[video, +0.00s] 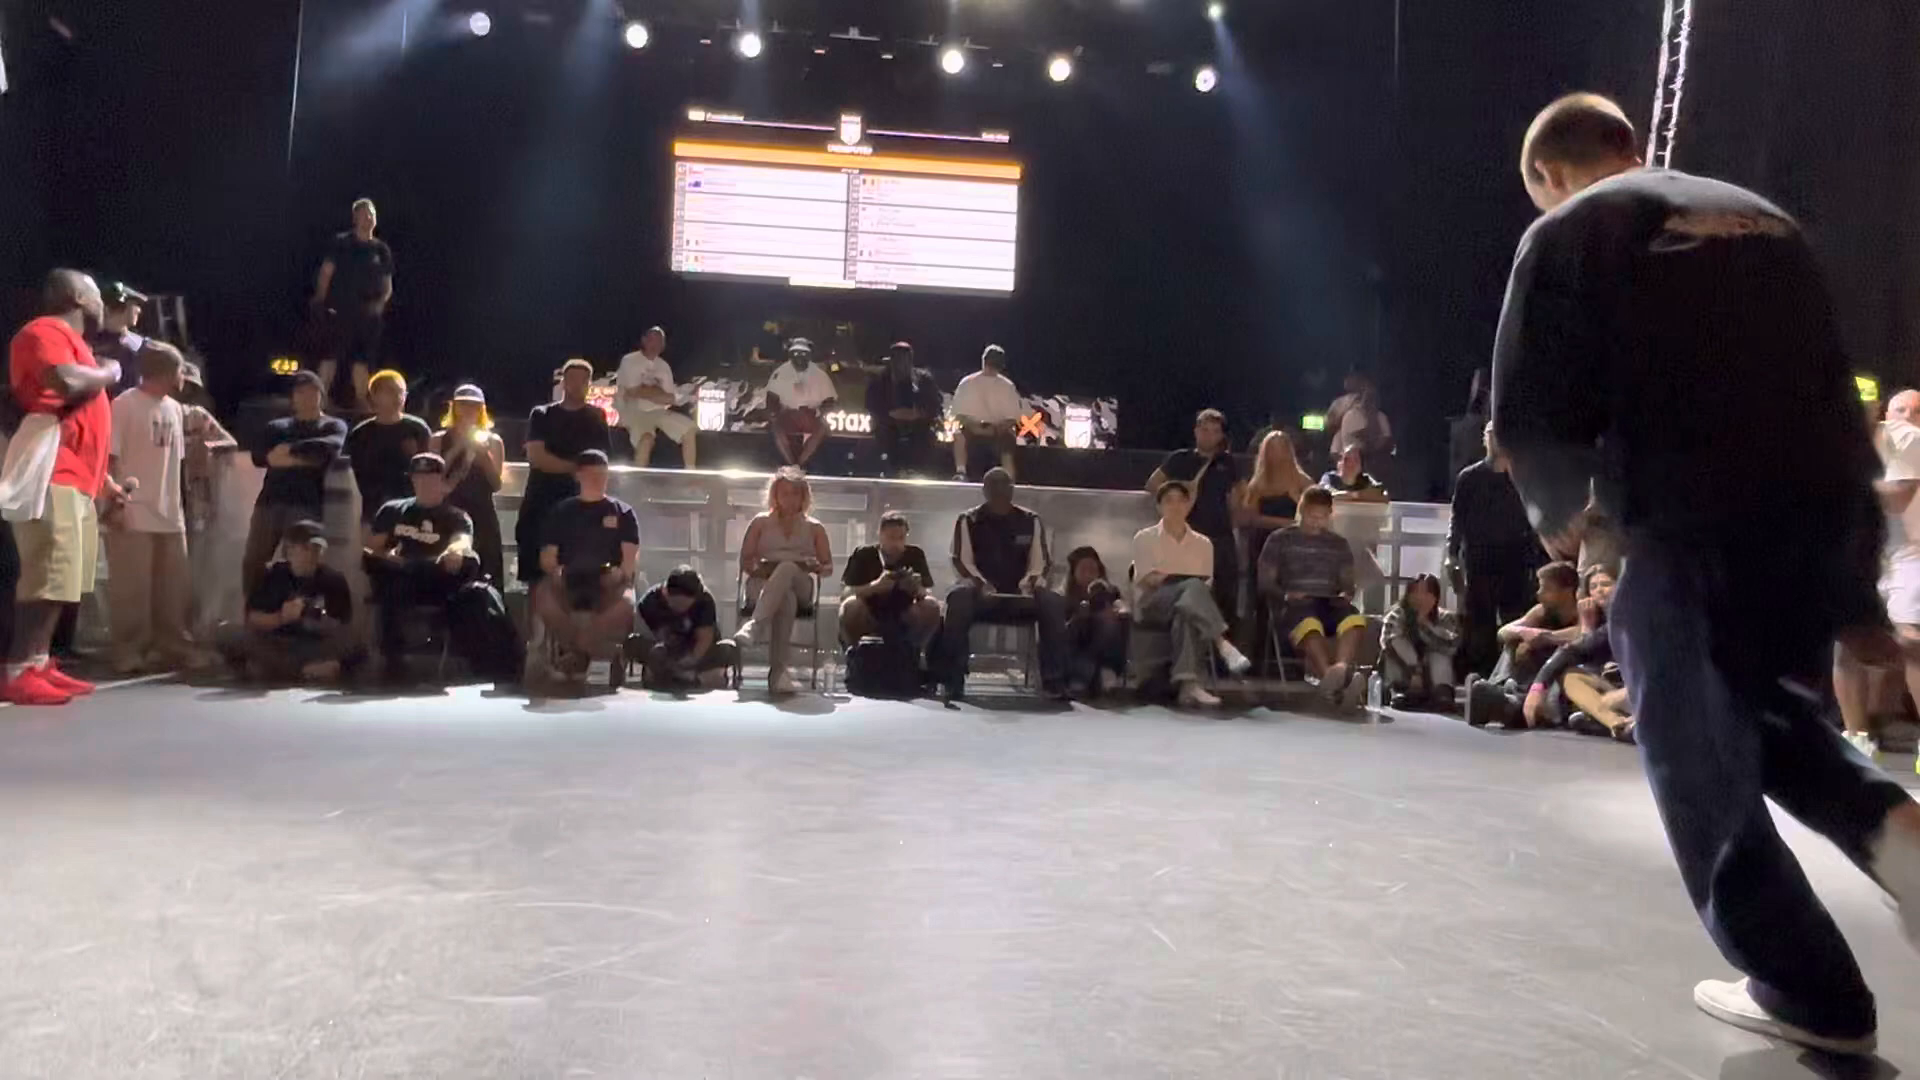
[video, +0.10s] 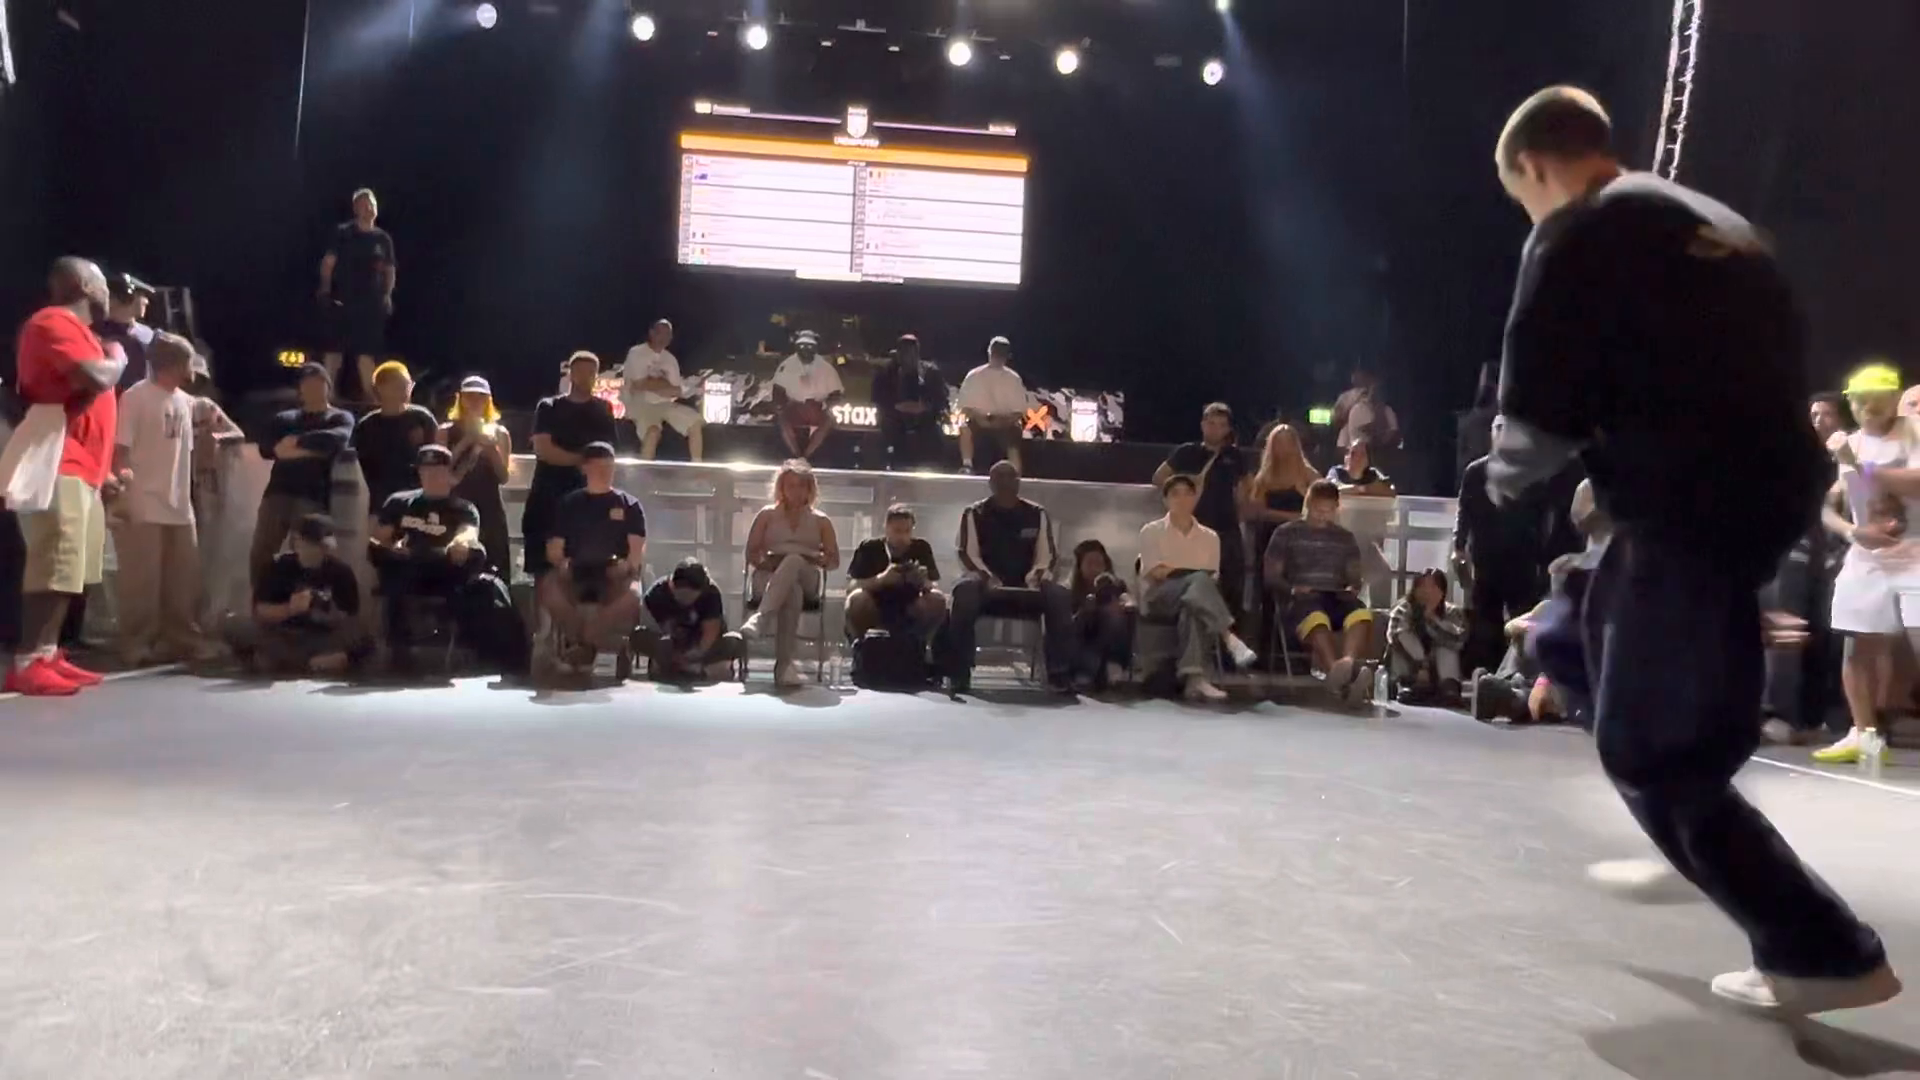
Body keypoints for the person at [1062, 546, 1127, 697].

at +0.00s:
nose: (1088, 574)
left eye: (1092, 569)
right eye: (1083, 568)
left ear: (1100, 571)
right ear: (1073, 572)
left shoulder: (1109, 593)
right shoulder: (1063, 597)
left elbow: (1123, 611)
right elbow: (1063, 633)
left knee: (1109, 620)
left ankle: (1110, 671)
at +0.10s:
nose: (1094, 568)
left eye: (1099, 563)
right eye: (1089, 563)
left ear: (1106, 564)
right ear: (1079, 566)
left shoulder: (1116, 587)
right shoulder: (1071, 592)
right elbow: (1068, 627)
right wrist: (1085, 609)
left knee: (1115, 614)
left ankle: (1116, 665)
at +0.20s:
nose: (1099, 561)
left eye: (1103, 556)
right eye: (1093, 556)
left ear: (1111, 558)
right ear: (1084, 559)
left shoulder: (1120, 580)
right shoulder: (1075, 583)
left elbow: (1133, 600)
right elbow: (1072, 618)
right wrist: (1091, 602)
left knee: (1122, 609)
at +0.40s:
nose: (1109, 552)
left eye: (1113, 546)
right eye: (1104, 547)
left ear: (1121, 548)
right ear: (1094, 550)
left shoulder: (1131, 570)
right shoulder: (1084, 573)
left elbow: (1144, 589)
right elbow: (1081, 606)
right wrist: (1100, 593)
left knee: (1133, 599)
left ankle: (1131, 649)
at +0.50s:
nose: (1115, 549)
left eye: (1119, 543)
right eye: (1109, 544)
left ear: (1127, 544)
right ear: (1100, 546)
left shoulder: (1137, 567)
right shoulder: (1091, 570)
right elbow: (1088, 603)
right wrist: (1107, 587)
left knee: (1137, 595)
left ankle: (1135, 645)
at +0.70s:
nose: (1126, 545)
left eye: (1130, 539)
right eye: (1120, 540)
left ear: (1139, 539)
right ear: (1111, 542)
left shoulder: (1147, 562)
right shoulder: (1101, 565)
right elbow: (1099, 599)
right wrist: (1117, 581)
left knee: (1149, 589)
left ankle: (1146, 640)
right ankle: (1142, 642)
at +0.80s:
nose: (1130, 542)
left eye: (1135, 537)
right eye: (1125, 538)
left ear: (1144, 537)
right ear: (1116, 539)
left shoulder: (1152, 560)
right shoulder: (1106, 562)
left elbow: (1164, 579)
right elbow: (1102, 595)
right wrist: (1121, 578)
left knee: (1154, 587)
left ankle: (1150, 639)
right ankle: (1146, 640)